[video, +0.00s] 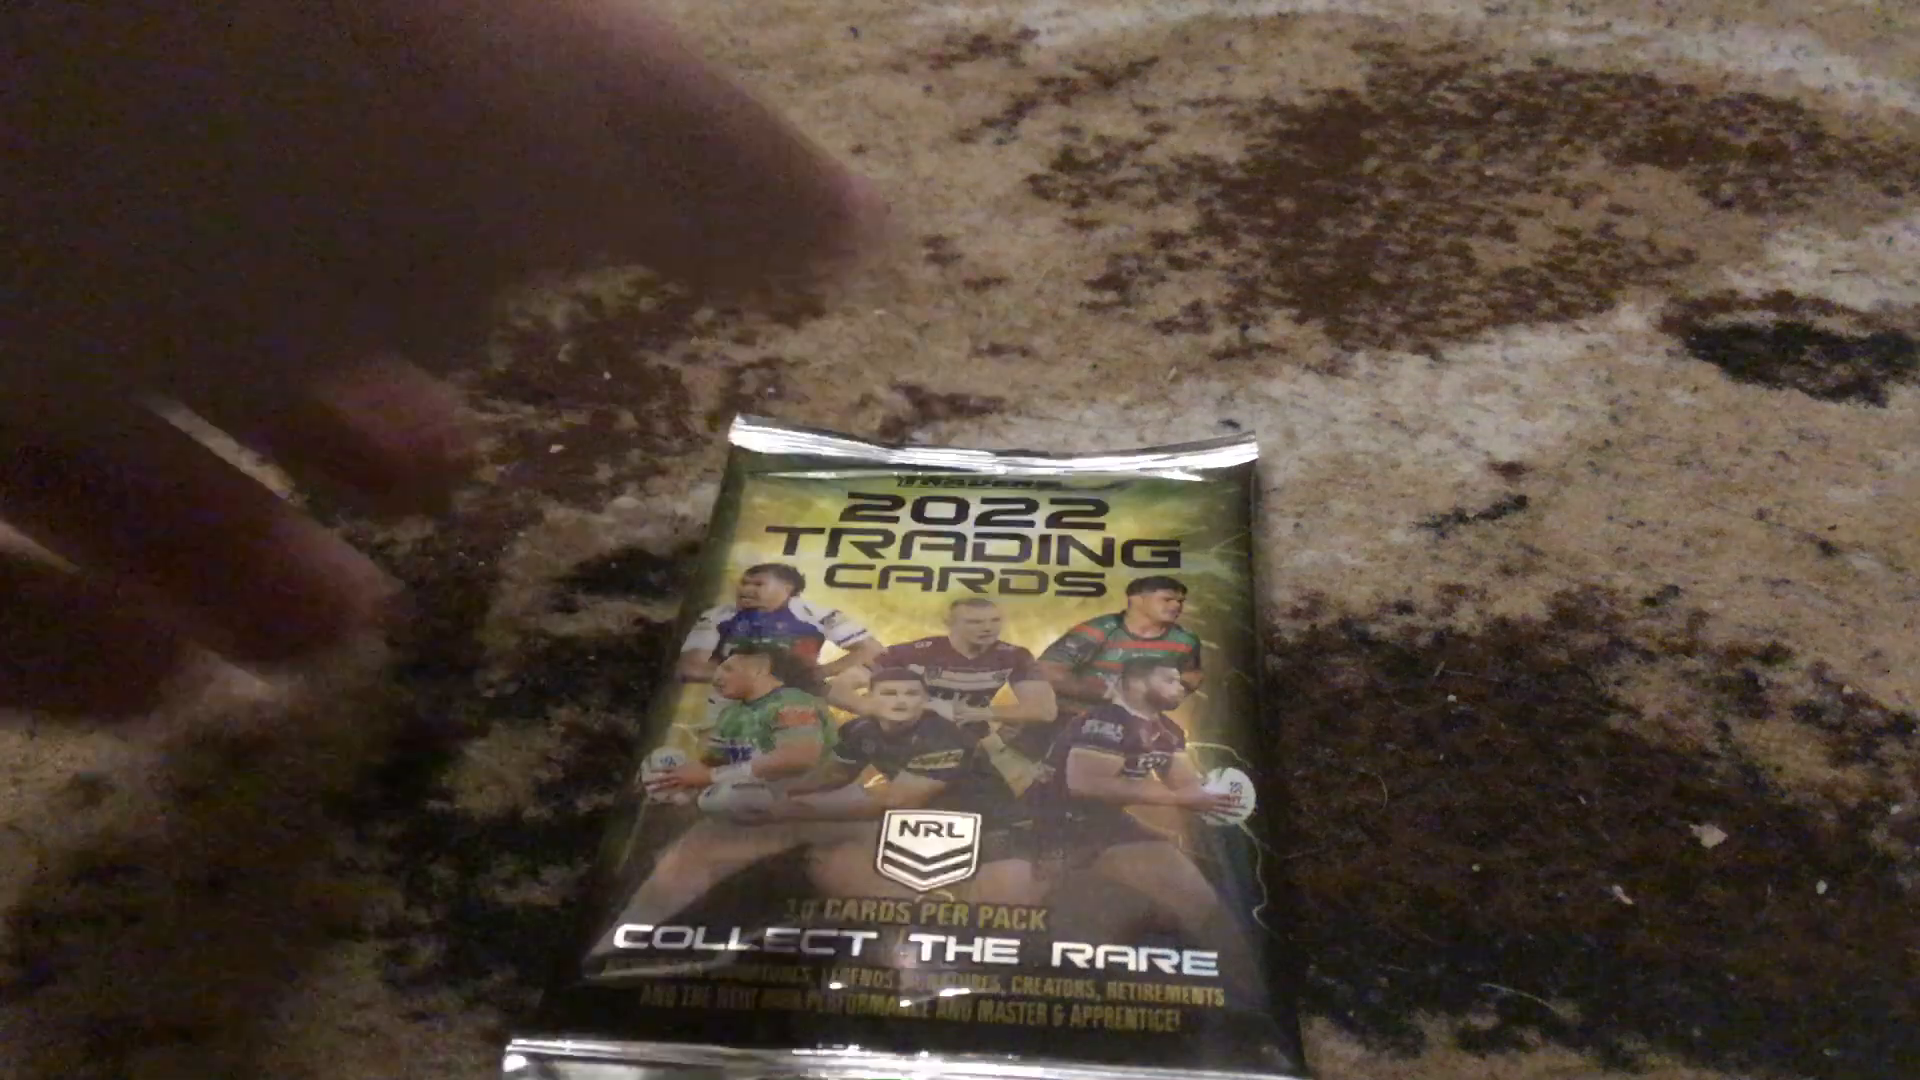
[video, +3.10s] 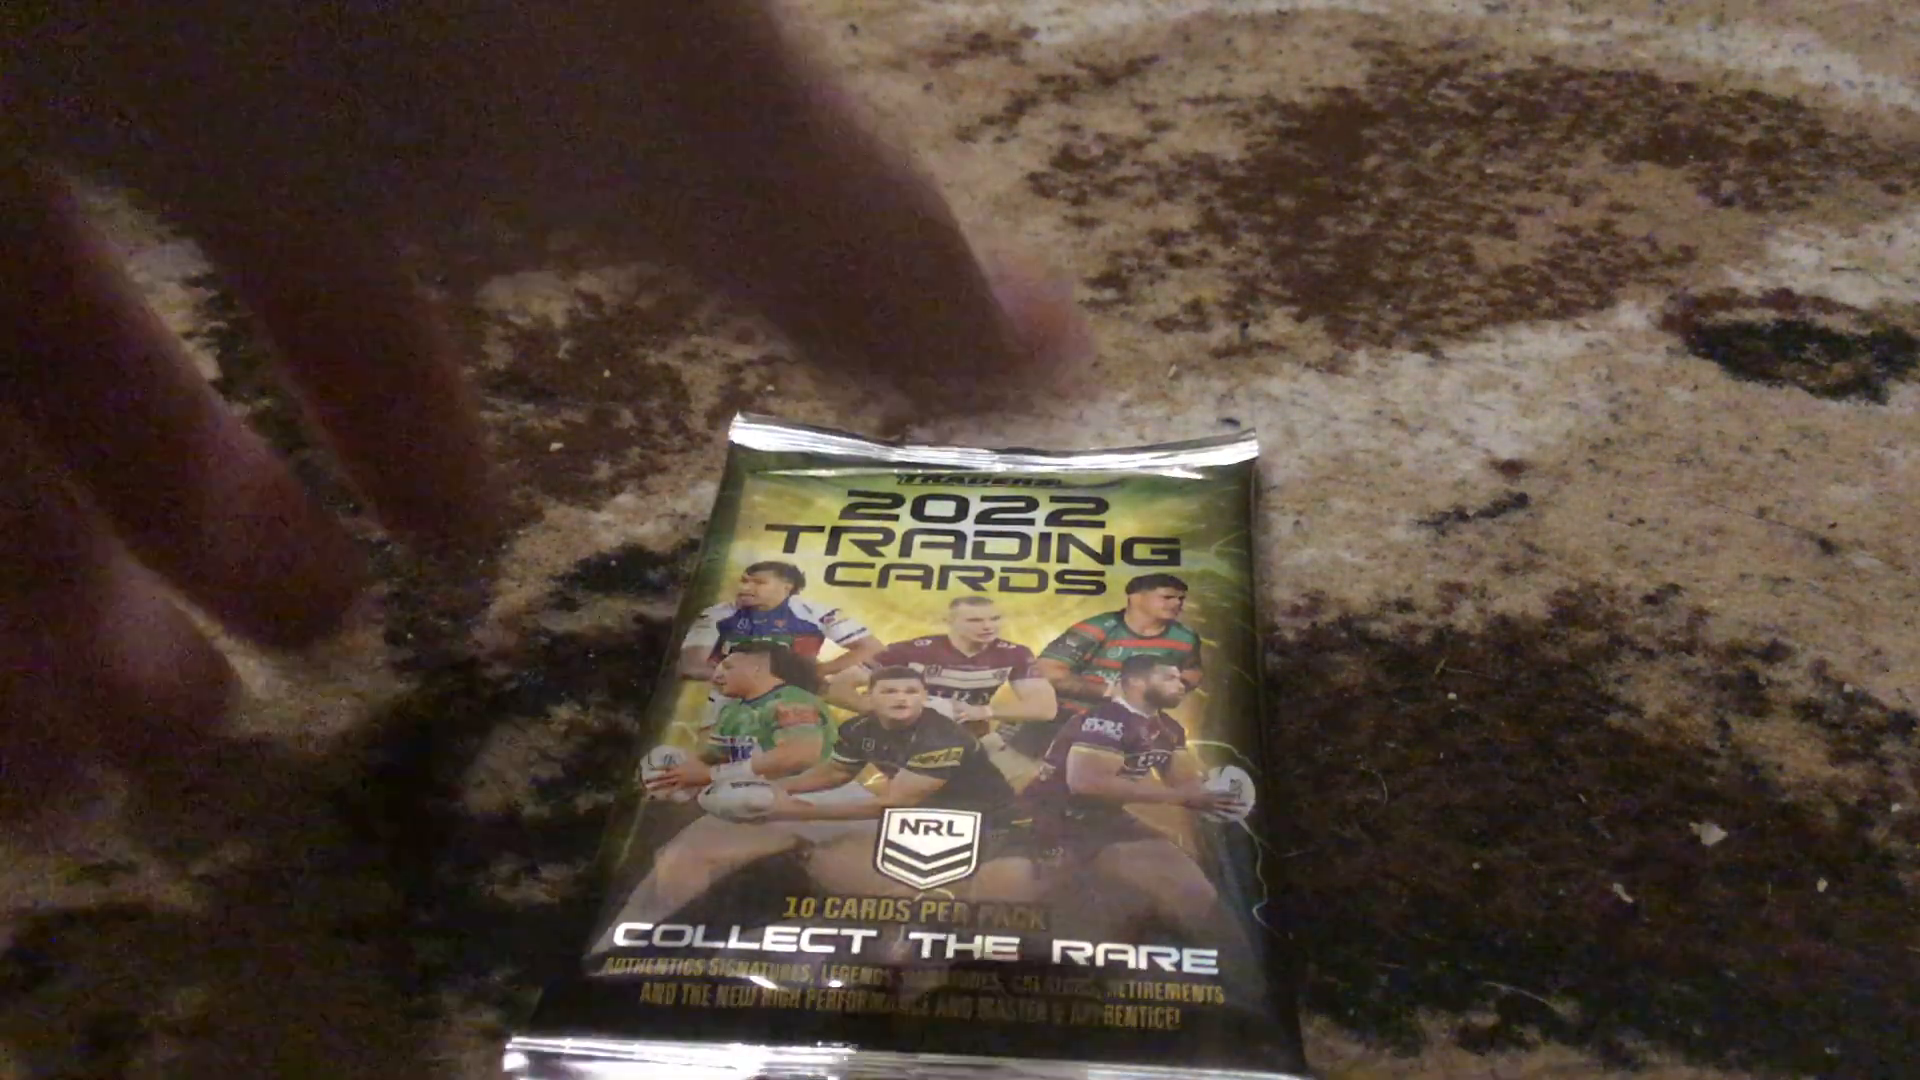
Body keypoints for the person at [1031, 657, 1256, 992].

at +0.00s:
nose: (1180, 687)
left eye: (1178, 681)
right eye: (1170, 680)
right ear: (1135, 682)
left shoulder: (1168, 732)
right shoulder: (1105, 721)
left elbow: (1184, 782)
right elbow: (1084, 782)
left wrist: (1219, 799)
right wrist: (1180, 797)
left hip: (1113, 827)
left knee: (1199, 902)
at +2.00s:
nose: (1179, 683)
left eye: (1178, 678)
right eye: (1169, 678)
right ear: (1134, 681)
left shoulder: (1168, 732)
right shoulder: (1105, 720)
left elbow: (1187, 783)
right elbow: (1084, 781)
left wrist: (1224, 798)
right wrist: (1181, 796)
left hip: (1105, 826)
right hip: (1042, 827)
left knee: (1197, 898)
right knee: (1002, 927)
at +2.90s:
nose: (1180, 683)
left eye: (1178, 678)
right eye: (1169, 677)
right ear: (1134, 681)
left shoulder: (1168, 732)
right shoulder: (1106, 719)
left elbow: (1188, 784)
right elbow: (1085, 781)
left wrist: (1225, 798)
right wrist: (1180, 796)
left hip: (1106, 825)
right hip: (1047, 825)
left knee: (1196, 897)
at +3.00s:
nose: (1180, 683)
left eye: (1178, 677)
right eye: (1169, 677)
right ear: (1134, 681)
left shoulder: (1170, 731)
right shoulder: (1107, 719)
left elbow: (1188, 784)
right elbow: (1084, 780)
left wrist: (1220, 798)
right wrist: (1182, 796)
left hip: (1109, 822)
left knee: (1195, 896)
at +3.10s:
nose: (1181, 683)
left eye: (1178, 677)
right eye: (1169, 677)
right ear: (1134, 682)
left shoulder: (1169, 731)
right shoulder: (1107, 718)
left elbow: (1186, 783)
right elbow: (1084, 780)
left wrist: (1221, 797)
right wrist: (1182, 796)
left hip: (1106, 820)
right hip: (1058, 819)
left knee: (1194, 895)